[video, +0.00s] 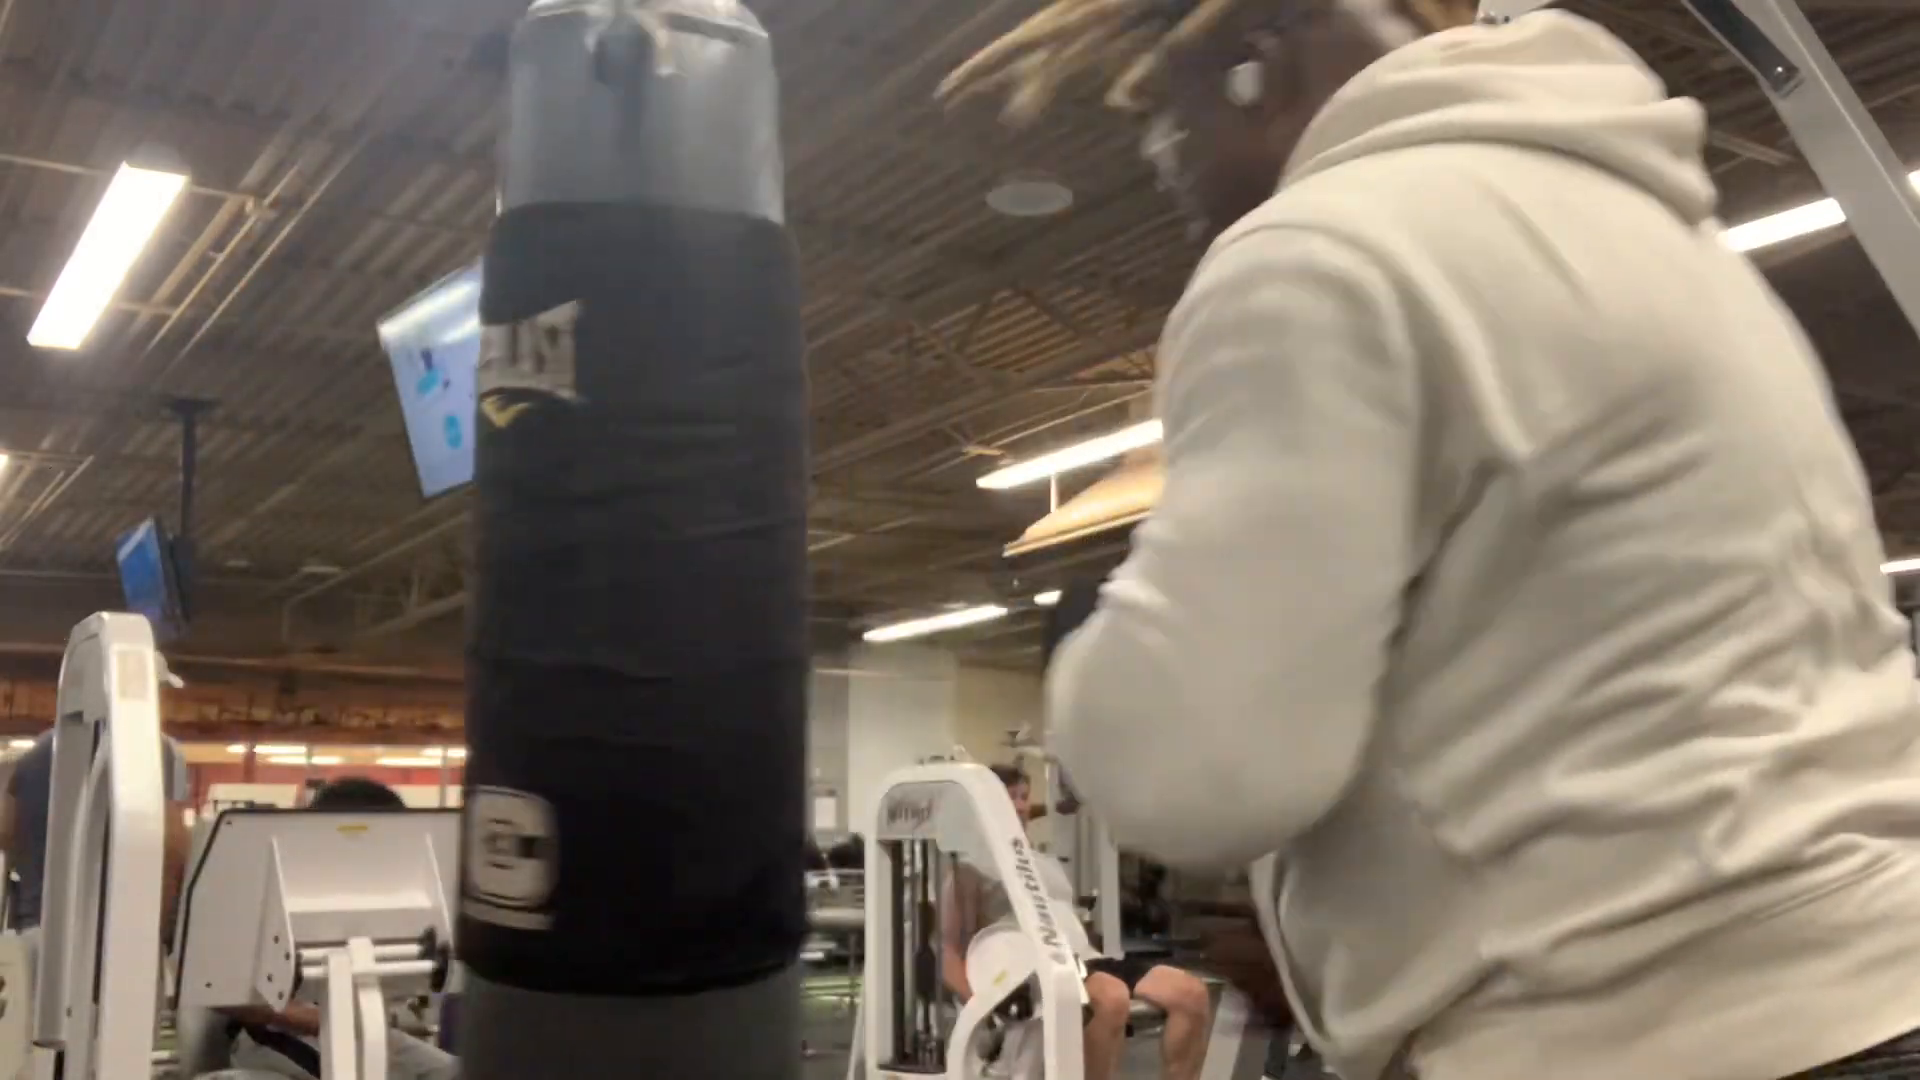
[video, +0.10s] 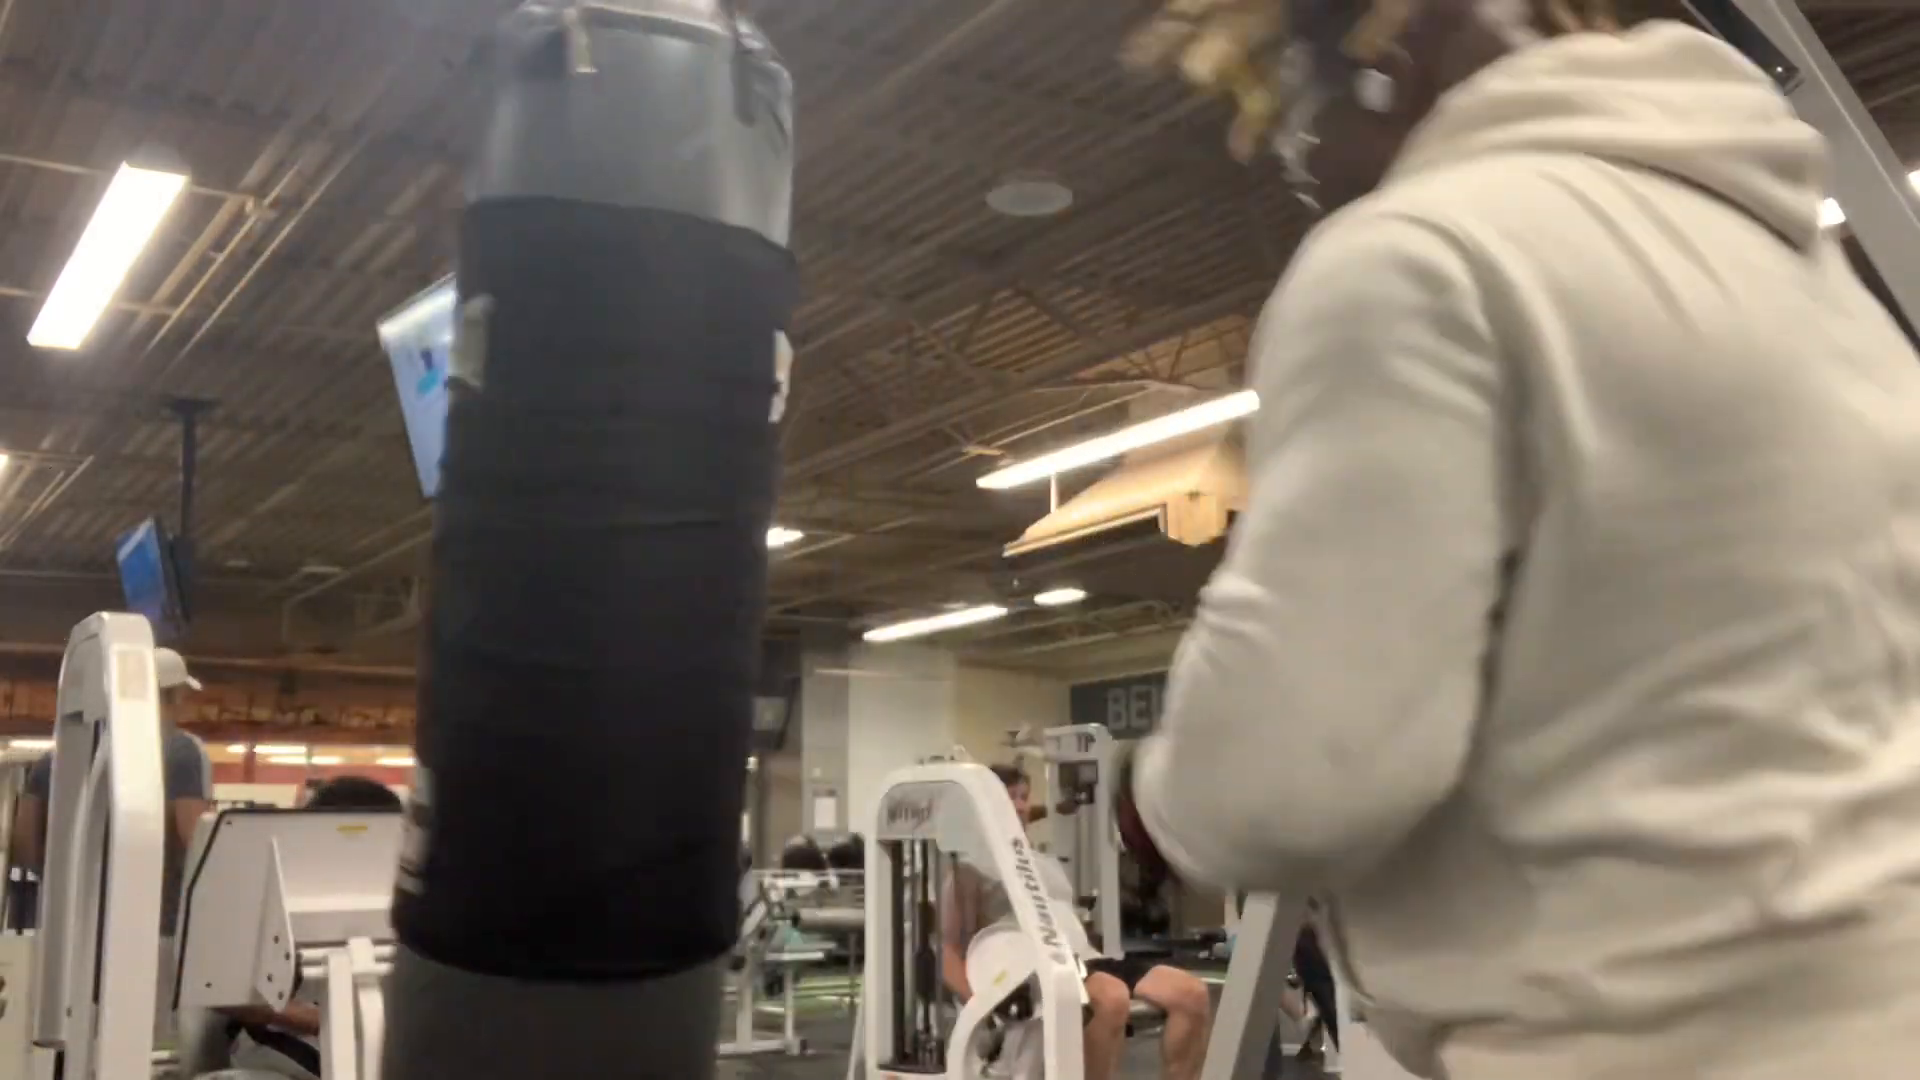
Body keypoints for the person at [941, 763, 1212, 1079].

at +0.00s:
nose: (1019, 806)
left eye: (1023, 798)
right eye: (1010, 798)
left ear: (1027, 804)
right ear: (987, 802)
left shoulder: (1032, 858)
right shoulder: (967, 870)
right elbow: (951, 960)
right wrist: (983, 1002)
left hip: (1071, 959)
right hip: (1017, 970)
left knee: (1191, 994)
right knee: (1112, 997)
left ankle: (1179, 1074)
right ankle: (1098, 1074)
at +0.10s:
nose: (1018, 807)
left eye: (1022, 798)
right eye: (1008, 798)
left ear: (1027, 804)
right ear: (987, 803)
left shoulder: (1031, 858)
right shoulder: (967, 871)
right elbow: (951, 960)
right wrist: (983, 1001)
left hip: (1071, 959)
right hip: (1017, 971)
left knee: (1191, 994)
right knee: (1112, 997)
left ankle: (1181, 1075)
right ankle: (1097, 1076)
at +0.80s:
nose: (1019, 814)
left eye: (1023, 805)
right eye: (1009, 805)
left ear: (1031, 812)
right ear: (989, 812)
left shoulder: (1044, 857)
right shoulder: (970, 867)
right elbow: (951, 961)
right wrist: (985, 1002)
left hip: (1076, 958)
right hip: (1021, 969)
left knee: (1192, 995)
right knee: (1111, 997)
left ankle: (1180, 1076)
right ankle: (1098, 1076)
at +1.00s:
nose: (1018, 806)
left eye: (1022, 798)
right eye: (1009, 798)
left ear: (1028, 803)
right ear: (989, 802)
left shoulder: (1038, 854)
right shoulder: (969, 868)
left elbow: (1058, 922)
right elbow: (951, 956)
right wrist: (981, 1003)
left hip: (1072, 959)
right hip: (1019, 970)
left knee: (1192, 994)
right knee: (1113, 998)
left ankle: (1177, 1074)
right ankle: (1097, 1074)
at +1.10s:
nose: (1019, 806)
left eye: (1024, 797)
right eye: (1010, 797)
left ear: (1029, 801)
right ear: (990, 802)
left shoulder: (1039, 851)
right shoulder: (970, 864)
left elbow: (1061, 920)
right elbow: (951, 955)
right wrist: (984, 1005)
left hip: (1073, 958)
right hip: (1019, 968)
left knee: (1188, 992)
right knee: (1111, 997)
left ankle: (1183, 1072)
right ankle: (1096, 1074)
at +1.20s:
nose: (1019, 806)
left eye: (1023, 798)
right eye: (1010, 797)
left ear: (1028, 802)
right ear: (990, 801)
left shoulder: (1038, 856)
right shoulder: (970, 865)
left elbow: (1060, 921)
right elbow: (951, 956)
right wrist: (982, 1003)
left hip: (1072, 959)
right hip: (1018, 971)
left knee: (1192, 994)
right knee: (1112, 997)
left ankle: (1177, 1074)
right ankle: (1097, 1075)